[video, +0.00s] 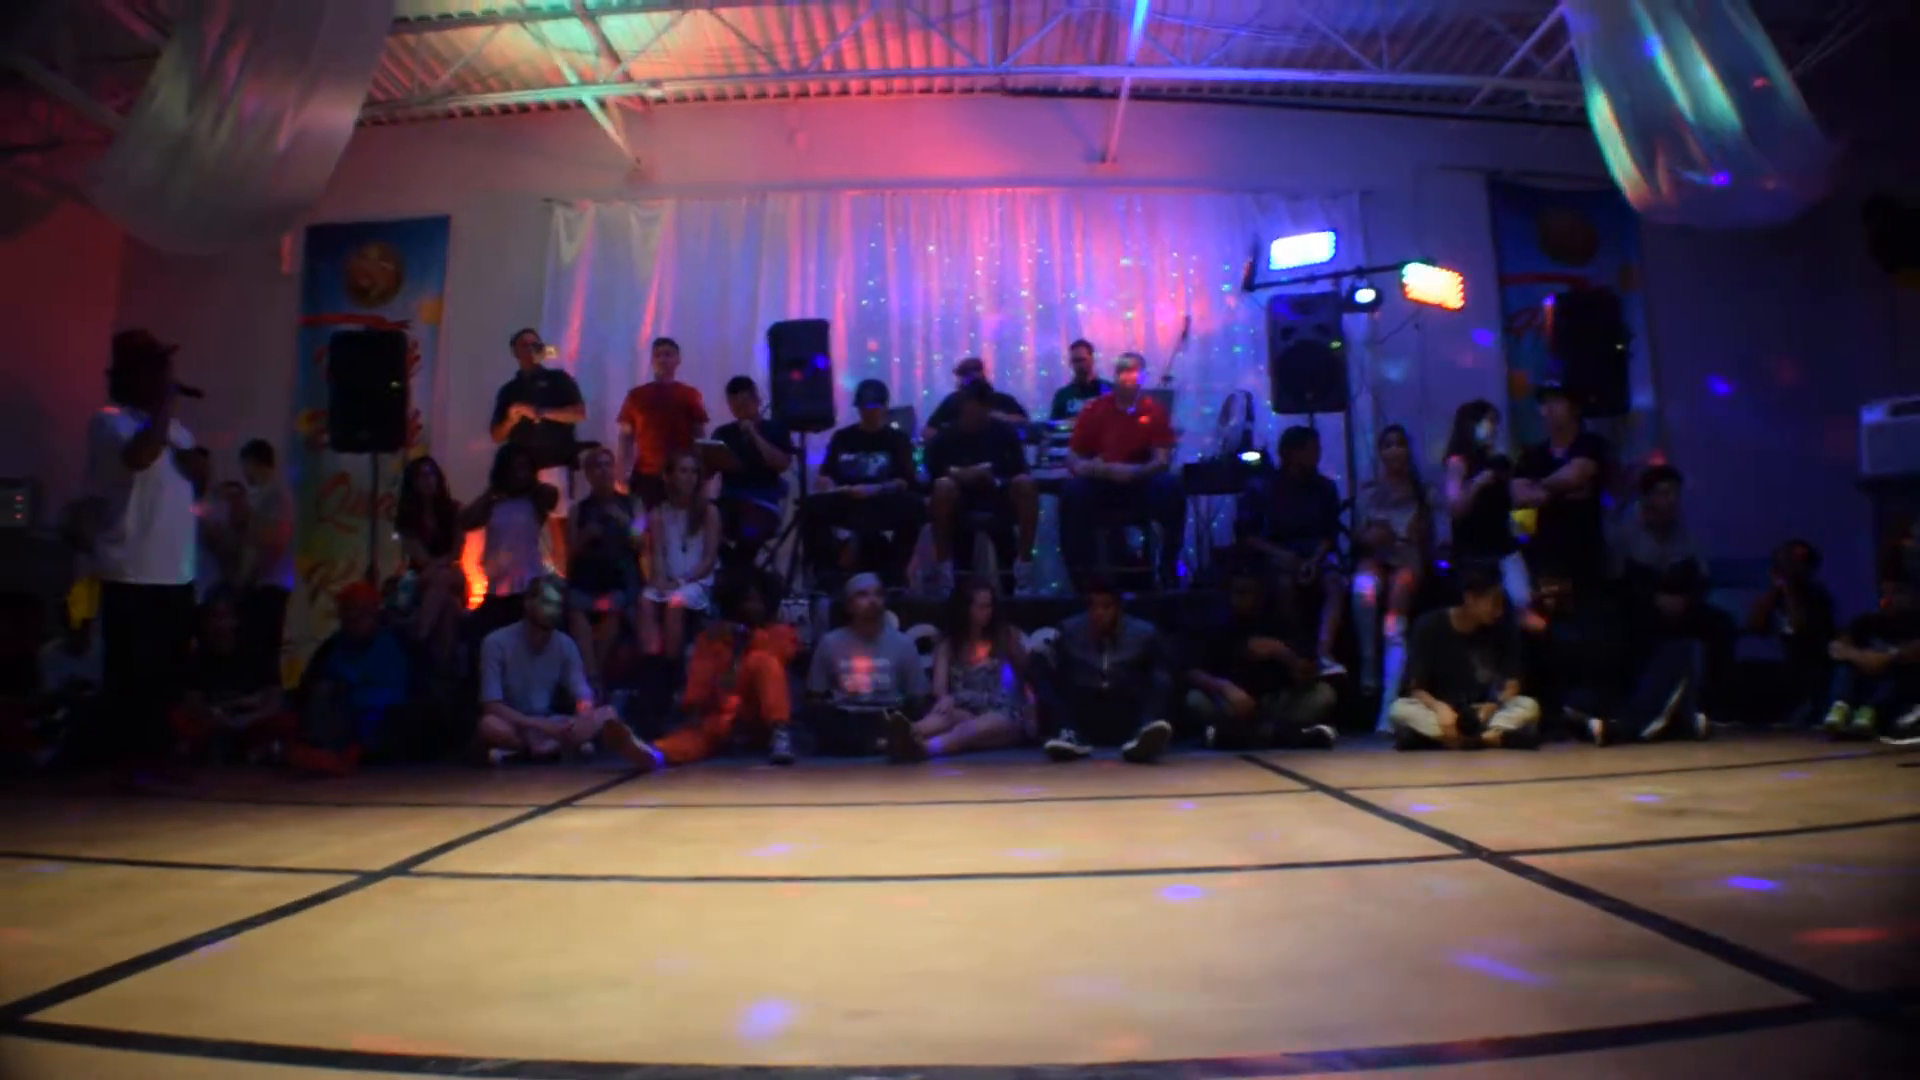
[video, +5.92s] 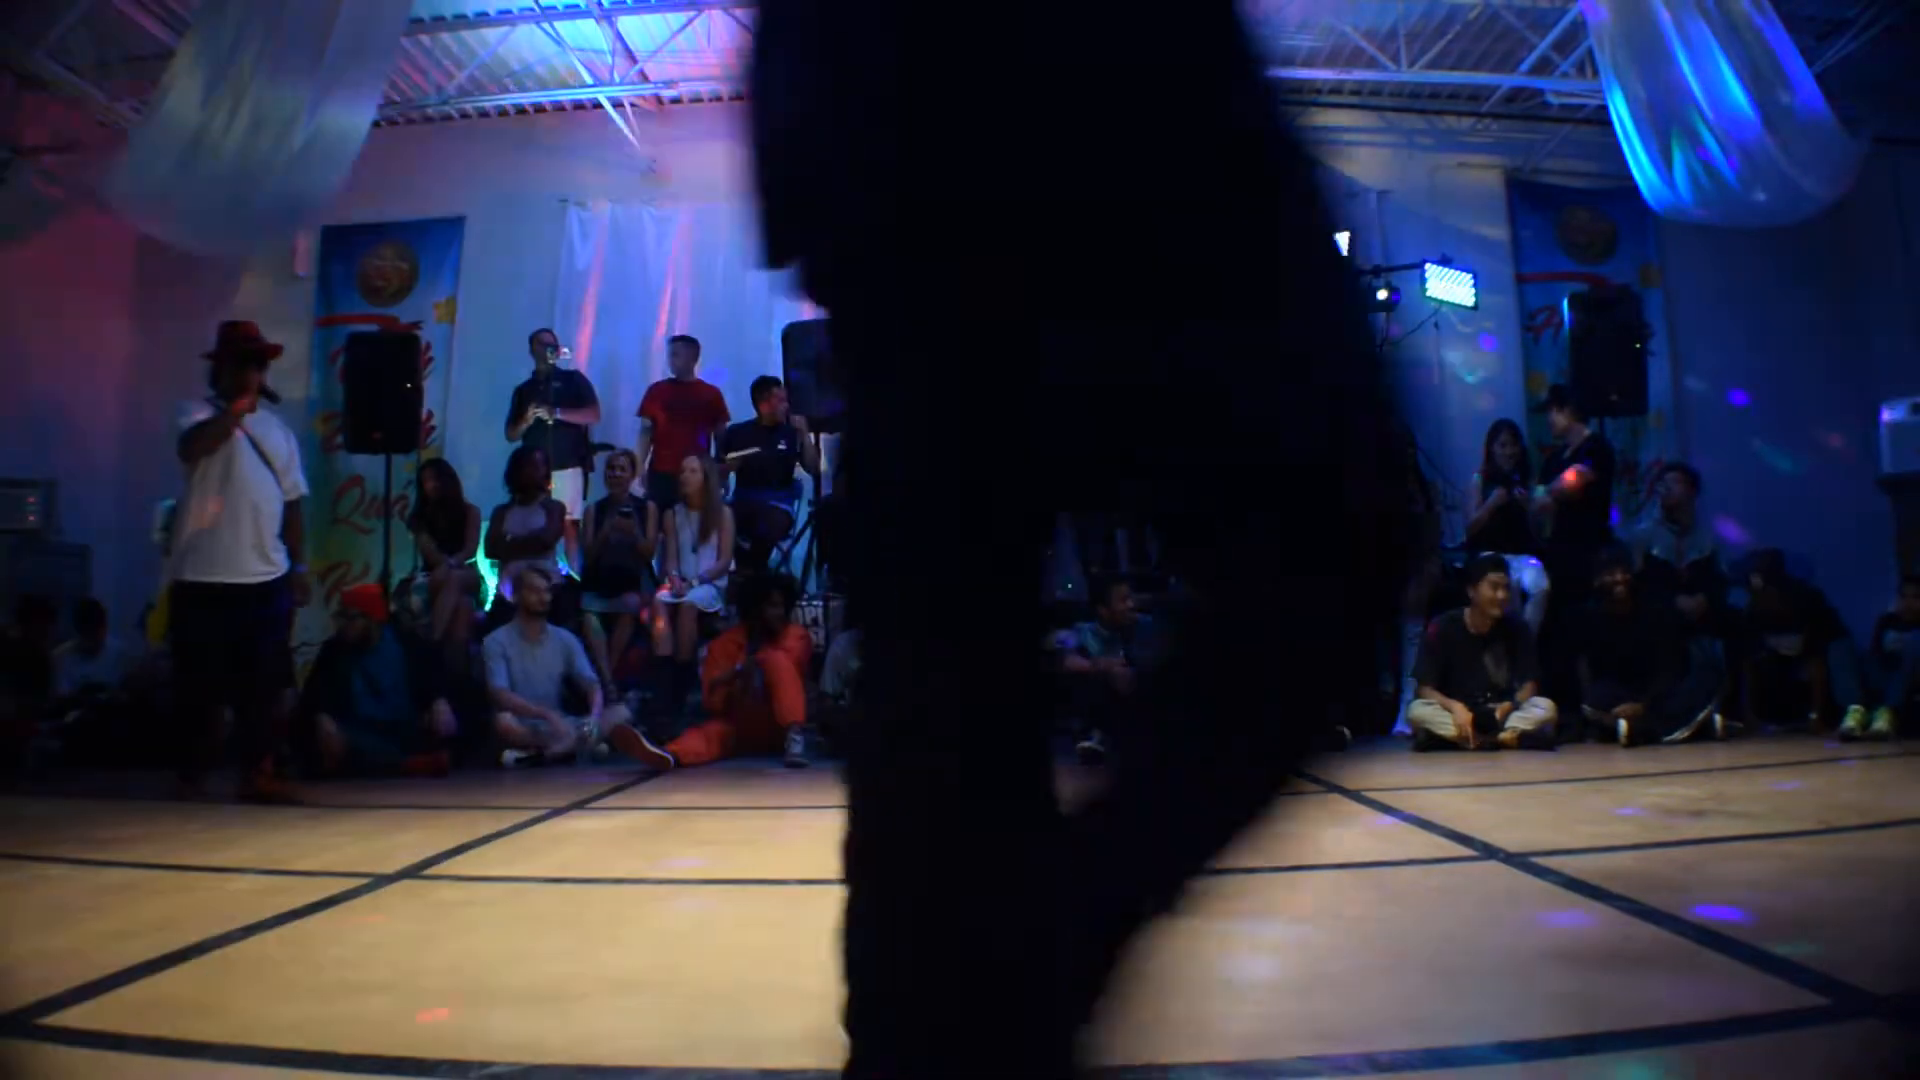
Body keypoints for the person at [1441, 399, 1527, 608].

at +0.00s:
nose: (1493, 428)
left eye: (1495, 422)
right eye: (1487, 422)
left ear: (1497, 426)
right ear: (1471, 426)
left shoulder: (1498, 459)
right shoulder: (1458, 461)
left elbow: (1509, 496)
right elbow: (1455, 504)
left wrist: (1535, 495)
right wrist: (1477, 484)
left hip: (1503, 545)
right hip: (1473, 549)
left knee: (1521, 600)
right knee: (1478, 608)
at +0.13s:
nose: (1516, 434)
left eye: (1518, 428)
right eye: (1511, 429)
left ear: (1521, 430)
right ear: (1496, 432)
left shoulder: (1521, 462)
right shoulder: (1484, 465)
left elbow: (1534, 498)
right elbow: (1479, 507)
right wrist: (1501, 489)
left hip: (1523, 544)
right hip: (1495, 548)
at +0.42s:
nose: (1522, 440)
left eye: (1524, 434)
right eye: (1515, 435)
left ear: (1530, 438)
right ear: (1503, 441)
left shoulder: (1537, 471)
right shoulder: (1495, 472)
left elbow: (1551, 501)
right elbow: (1477, 511)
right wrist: (1497, 485)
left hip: (1532, 543)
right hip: (1504, 544)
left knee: (1552, 579)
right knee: (1524, 594)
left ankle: (1546, 642)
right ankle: (1518, 646)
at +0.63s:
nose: (1515, 437)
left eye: (1517, 431)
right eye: (1507, 433)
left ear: (1525, 435)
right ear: (1497, 442)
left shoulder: (1538, 468)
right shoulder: (1494, 473)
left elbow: (1548, 504)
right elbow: (1487, 512)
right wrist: (1500, 482)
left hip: (1536, 535)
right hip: (1503, 534)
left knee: (1548, 562)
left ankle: (1542, 631)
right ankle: (1519, 621)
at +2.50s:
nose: (1504, 445)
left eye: (1509, 439)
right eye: (1497, 439)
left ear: (1518, 445)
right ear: (1488, 446)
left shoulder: (1527, 481)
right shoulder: (1478, 482)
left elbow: (1539, 519)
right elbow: (1472, 524)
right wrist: (1485, 504)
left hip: (1524, 551)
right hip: (1492, 551)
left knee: (1534, 575)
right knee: (1508, 580)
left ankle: (1533, 628)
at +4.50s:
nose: (1514, 443)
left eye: (1515, 438)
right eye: (1506, 438)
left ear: (1519, 441)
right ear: (1490, 446)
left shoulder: (1524, 477)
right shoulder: (1479, 479)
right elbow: (1470, 528)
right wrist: (1488, 508)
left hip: (1521, 548)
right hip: (1489, 549)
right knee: (1491, 571)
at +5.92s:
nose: (1509, 451)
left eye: (1514, 445)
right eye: (1502, 445)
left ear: (1521, 448)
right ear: (1491, 449)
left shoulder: (1528, 478)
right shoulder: (1480, 480)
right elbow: (1472, 525)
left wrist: (1529, 505)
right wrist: (1493, 502)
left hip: (1525, 551)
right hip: (1491, 551)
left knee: (1539, 585)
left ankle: (1527, 643)